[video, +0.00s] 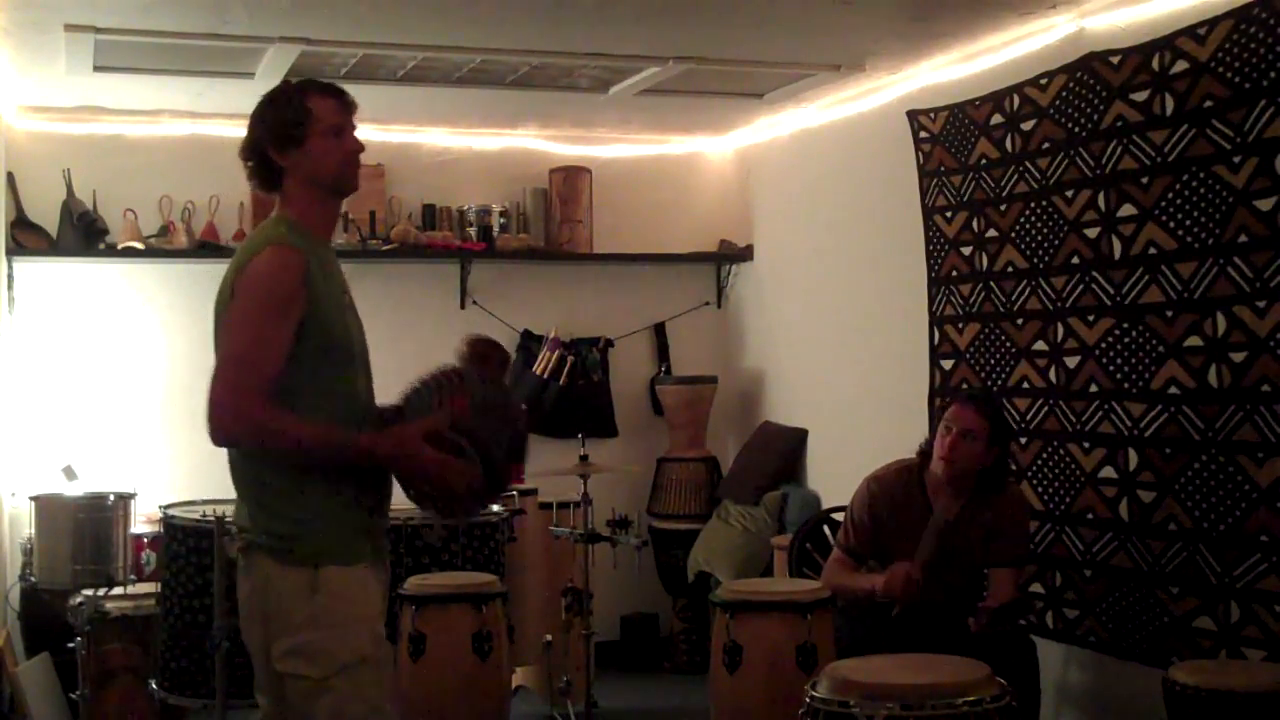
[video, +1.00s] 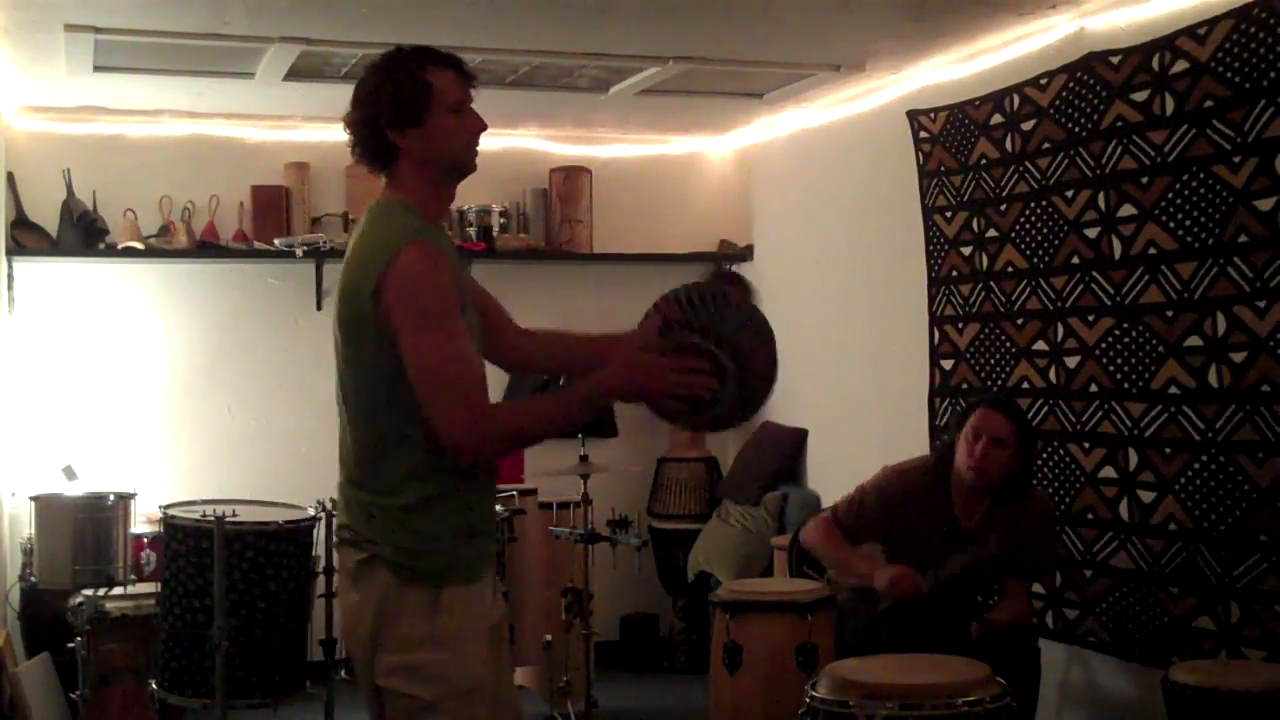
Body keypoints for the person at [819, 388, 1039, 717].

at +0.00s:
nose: (950, 444)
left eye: (967, 437)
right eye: (947, 429)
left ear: (989, 454)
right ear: (936, 431)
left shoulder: (1005, 505)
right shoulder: (884, 488)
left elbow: (1004, 590)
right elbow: (831, 575)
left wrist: (988, 612)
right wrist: (877, 582)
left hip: (960, 625)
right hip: (886, 620)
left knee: (1016, 650)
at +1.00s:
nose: (979, 452)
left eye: (997, 445)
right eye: (974, 436)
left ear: (1016, 459)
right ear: (957, 436)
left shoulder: (1028, 509)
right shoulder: (907, 483)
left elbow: (1018, 602)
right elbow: (814, 531)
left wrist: (981, 626)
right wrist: (875, 570)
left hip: (969, 618)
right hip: (896, 607)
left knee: (1019, 649)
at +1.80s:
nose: (873, 382)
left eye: (885, 373)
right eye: (861, 378)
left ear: (906, 391)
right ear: (846, 403)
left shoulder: (946, 451)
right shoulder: (826, 467)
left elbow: (986, 525)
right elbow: (759, 534)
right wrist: (825, 535)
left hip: (943, 614)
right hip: (862, 621)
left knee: (985, 658)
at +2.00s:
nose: (876, 391)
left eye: (887, 381)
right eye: (866, 383)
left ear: (906, 394)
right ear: (851, 399)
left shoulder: (947, 467)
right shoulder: (826, 472)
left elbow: (997, 537)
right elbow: (762, 542)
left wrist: (967, 534)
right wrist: (829, 539)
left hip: (940, 626)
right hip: (863, 631)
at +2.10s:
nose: (882, 393)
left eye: (893, 382)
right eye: (871, 385)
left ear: (914, 397)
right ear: (856, 402)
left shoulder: (949, 467)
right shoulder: (831, 470)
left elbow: (995, 548)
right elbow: (770, 544)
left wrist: (966, 532)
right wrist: (834, 533)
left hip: (939, 629)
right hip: (860, 630)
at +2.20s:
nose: (887, 393)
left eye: (899, 383)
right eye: (876, 386)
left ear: (920, 396)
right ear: (864, 400)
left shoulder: (959, 471)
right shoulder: (838, 469)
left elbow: (991, 567)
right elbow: (774, 546)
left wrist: (969, 536)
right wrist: (833, 527)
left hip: (937, 631)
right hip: (860, 631)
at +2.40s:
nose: (895, 398)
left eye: (907, 387)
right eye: (884, 390)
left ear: (929, 399)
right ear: (869, 406)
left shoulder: (966, 472)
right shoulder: (841, 471)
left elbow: (1000, 562)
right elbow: (775, 547)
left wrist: (968, 536)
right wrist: (827, 533)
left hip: (940, 635)